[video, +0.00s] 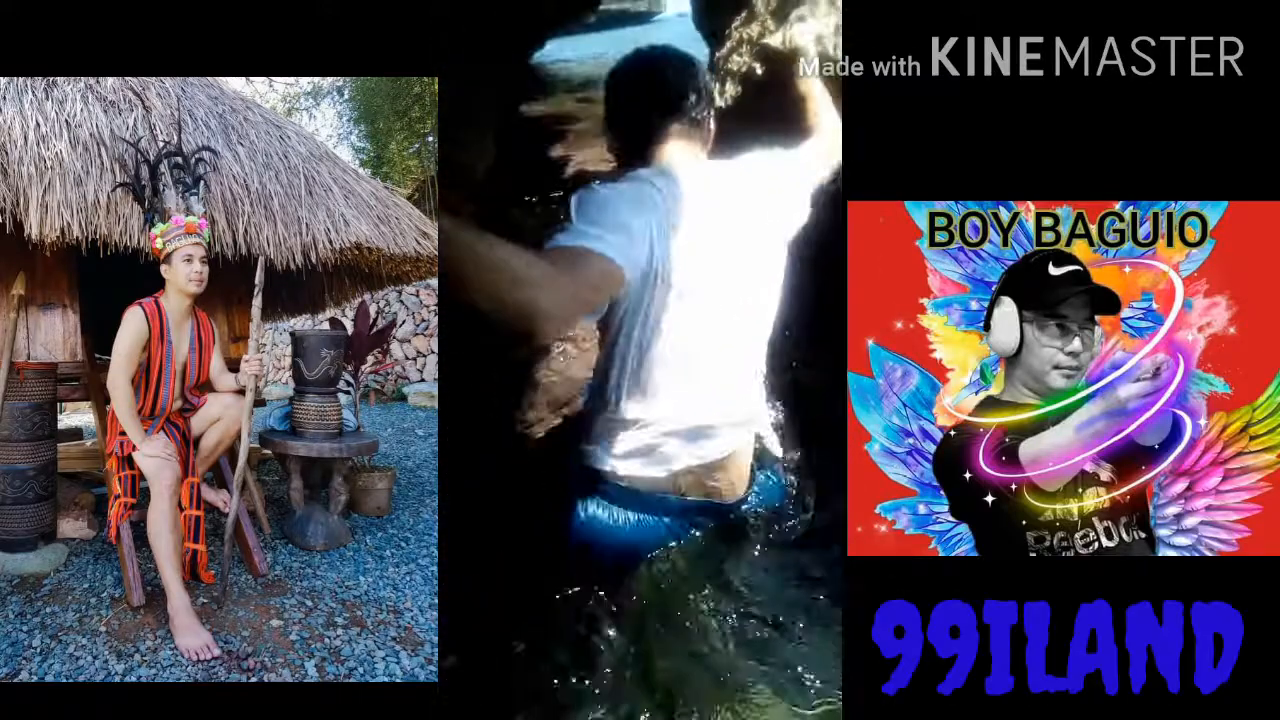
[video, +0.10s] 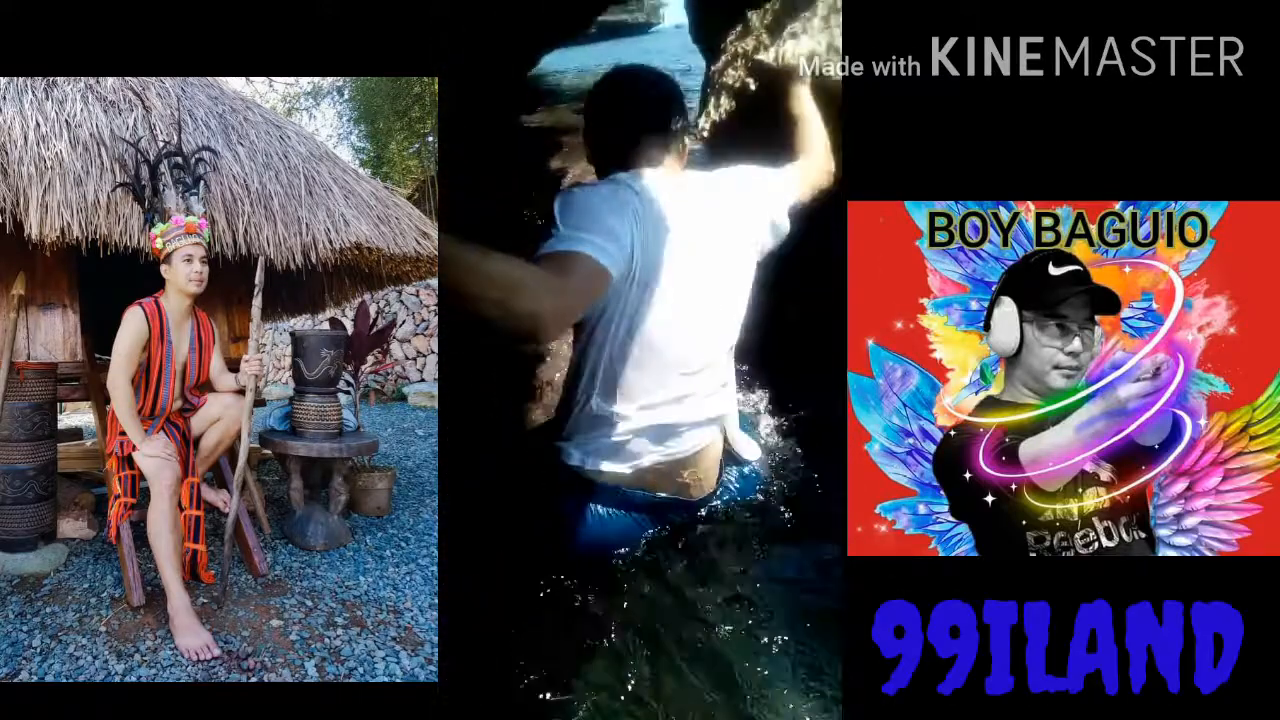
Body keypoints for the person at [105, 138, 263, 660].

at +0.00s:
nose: (198, 269)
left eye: (203, 260)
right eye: (187, 261)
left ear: (207, 267)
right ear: (164, 267)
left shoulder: (206, 324)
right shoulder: (142, 317)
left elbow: (220, 380)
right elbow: (117, 381)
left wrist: (243, 380)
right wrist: (138, 439)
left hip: (180, 420)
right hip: (139, 425)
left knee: (237, 407)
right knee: (169, 478)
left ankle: (190, 479)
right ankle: (179, 607)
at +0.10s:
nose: (198, 268)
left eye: (203, 260)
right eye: (187, 261)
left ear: (207, 267)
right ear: (164, 268)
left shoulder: (206, 323)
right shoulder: (143, 316)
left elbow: (220, 379)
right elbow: (117, 381)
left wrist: (243, 380)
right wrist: (138, 440)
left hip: (180, 421)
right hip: (139, 426)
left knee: (238, 407)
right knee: (169, 479)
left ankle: (191, 479)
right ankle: (179, 607)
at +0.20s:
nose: (198, 268)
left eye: (203, 260)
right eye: (187, 261)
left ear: (207, 267)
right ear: (164, 268)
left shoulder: (206, 323)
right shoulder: (143, 316)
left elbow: (220, 379)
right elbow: (117, 381)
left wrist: (243, 380)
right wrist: (138, 440)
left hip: (180, 421)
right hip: (139, 426)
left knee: (238, 407)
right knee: (169, 479)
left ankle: (191, 479)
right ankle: (179, 607)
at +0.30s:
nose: (198, 268)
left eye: (203, 260)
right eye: (187, 261)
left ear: (207, 267)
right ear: (164, 267)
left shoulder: (206, 323)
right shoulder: (142, 317)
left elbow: (221, 380)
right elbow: (117, 381)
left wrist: (243, 380)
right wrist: (138, 440)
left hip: (180, 420)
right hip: (139, 426)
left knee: (237, 407)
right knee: (169, 478)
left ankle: (190, 478)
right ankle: (179, 607)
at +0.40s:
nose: (198, 268)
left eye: (203, 260)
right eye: (187, 261)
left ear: (207, 267)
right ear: (164, 267)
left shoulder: (205, 323)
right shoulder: (142, 316)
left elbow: (220, 381)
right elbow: (117, 381)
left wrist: (245, 379)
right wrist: (139, 441)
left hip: (181, 419)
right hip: (141, 425)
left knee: (238, 406)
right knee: (169, 477)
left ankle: (191, 478)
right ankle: (179, 607)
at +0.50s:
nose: (198, 269)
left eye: (203, 260)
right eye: (187, 261)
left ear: (207, 267)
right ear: (164, 267)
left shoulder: (205, 322)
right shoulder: (142, 316)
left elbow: (220, 380)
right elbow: (117, 380)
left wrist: (242, 380)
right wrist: (138, 439)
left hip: (181, 419)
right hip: (141, 425)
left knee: (237, 407)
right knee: (169, 476)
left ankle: (191, 478)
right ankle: (179, 605)